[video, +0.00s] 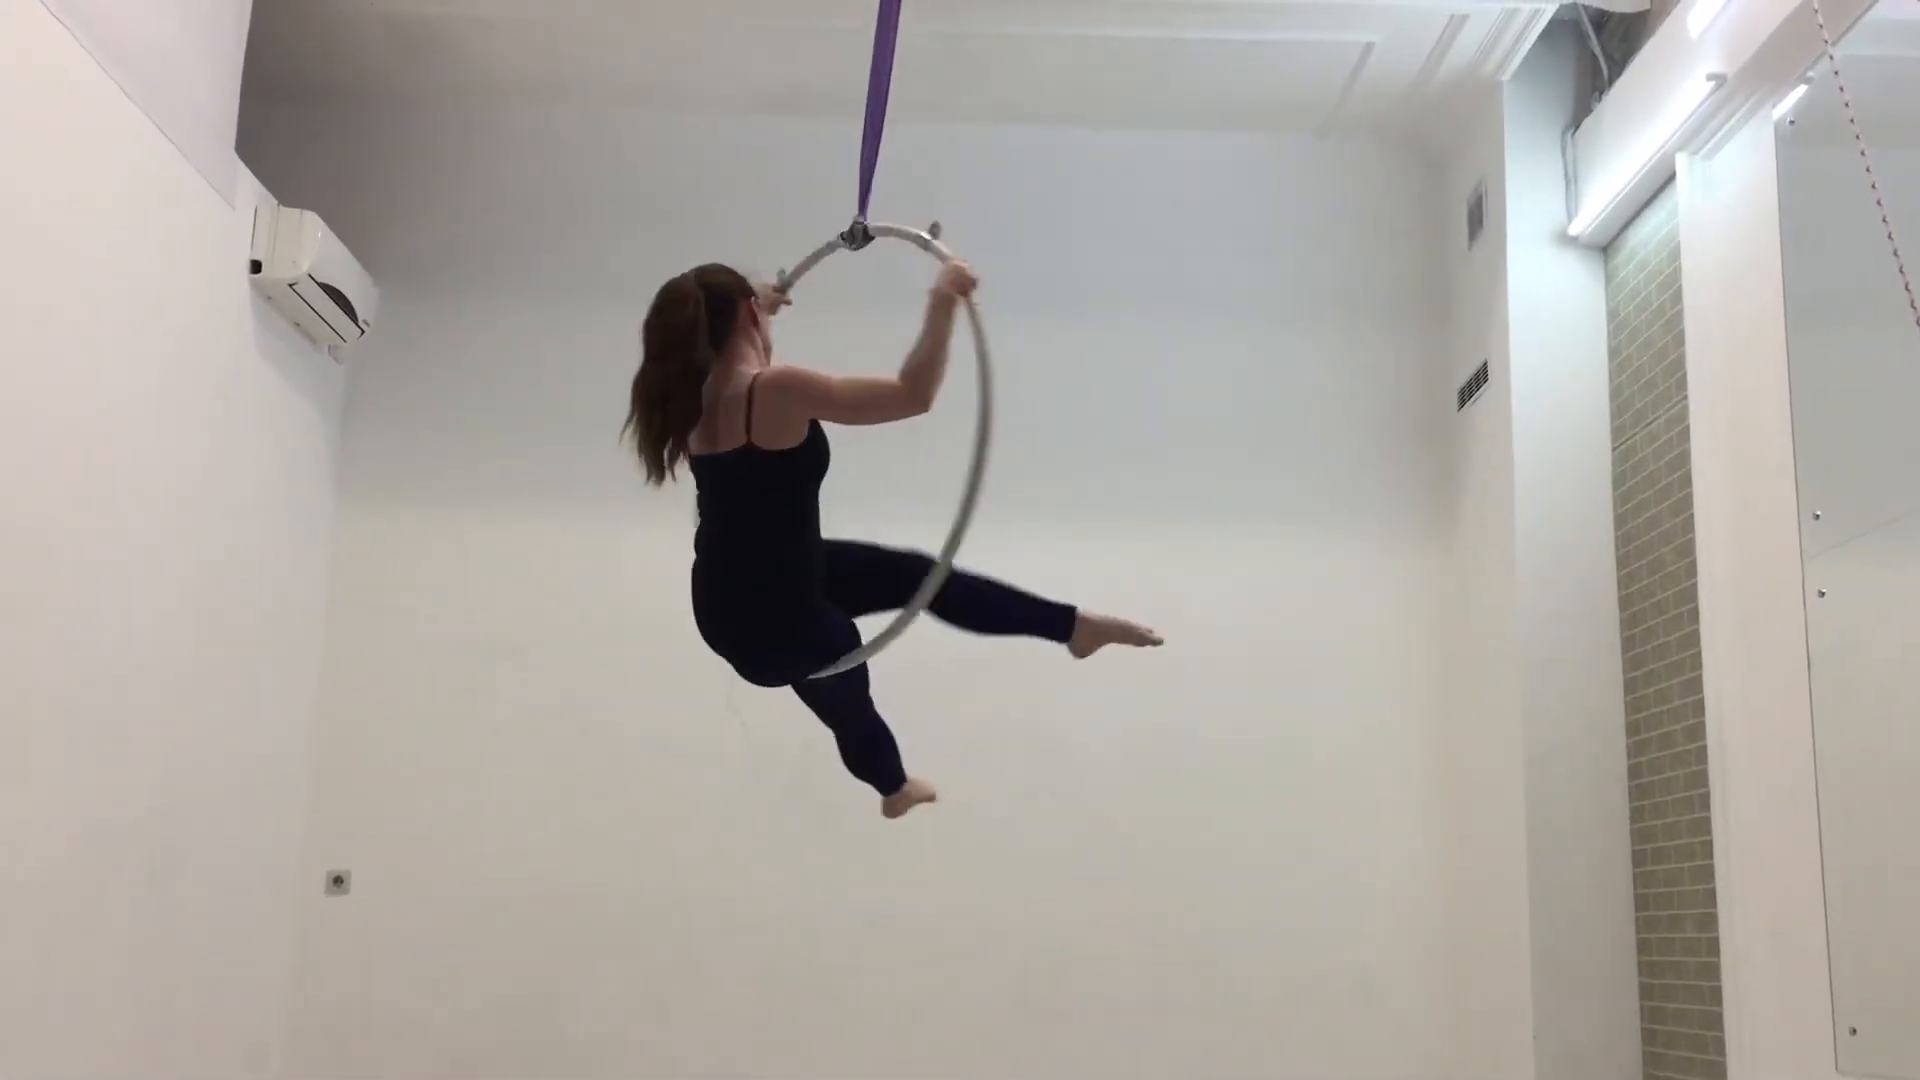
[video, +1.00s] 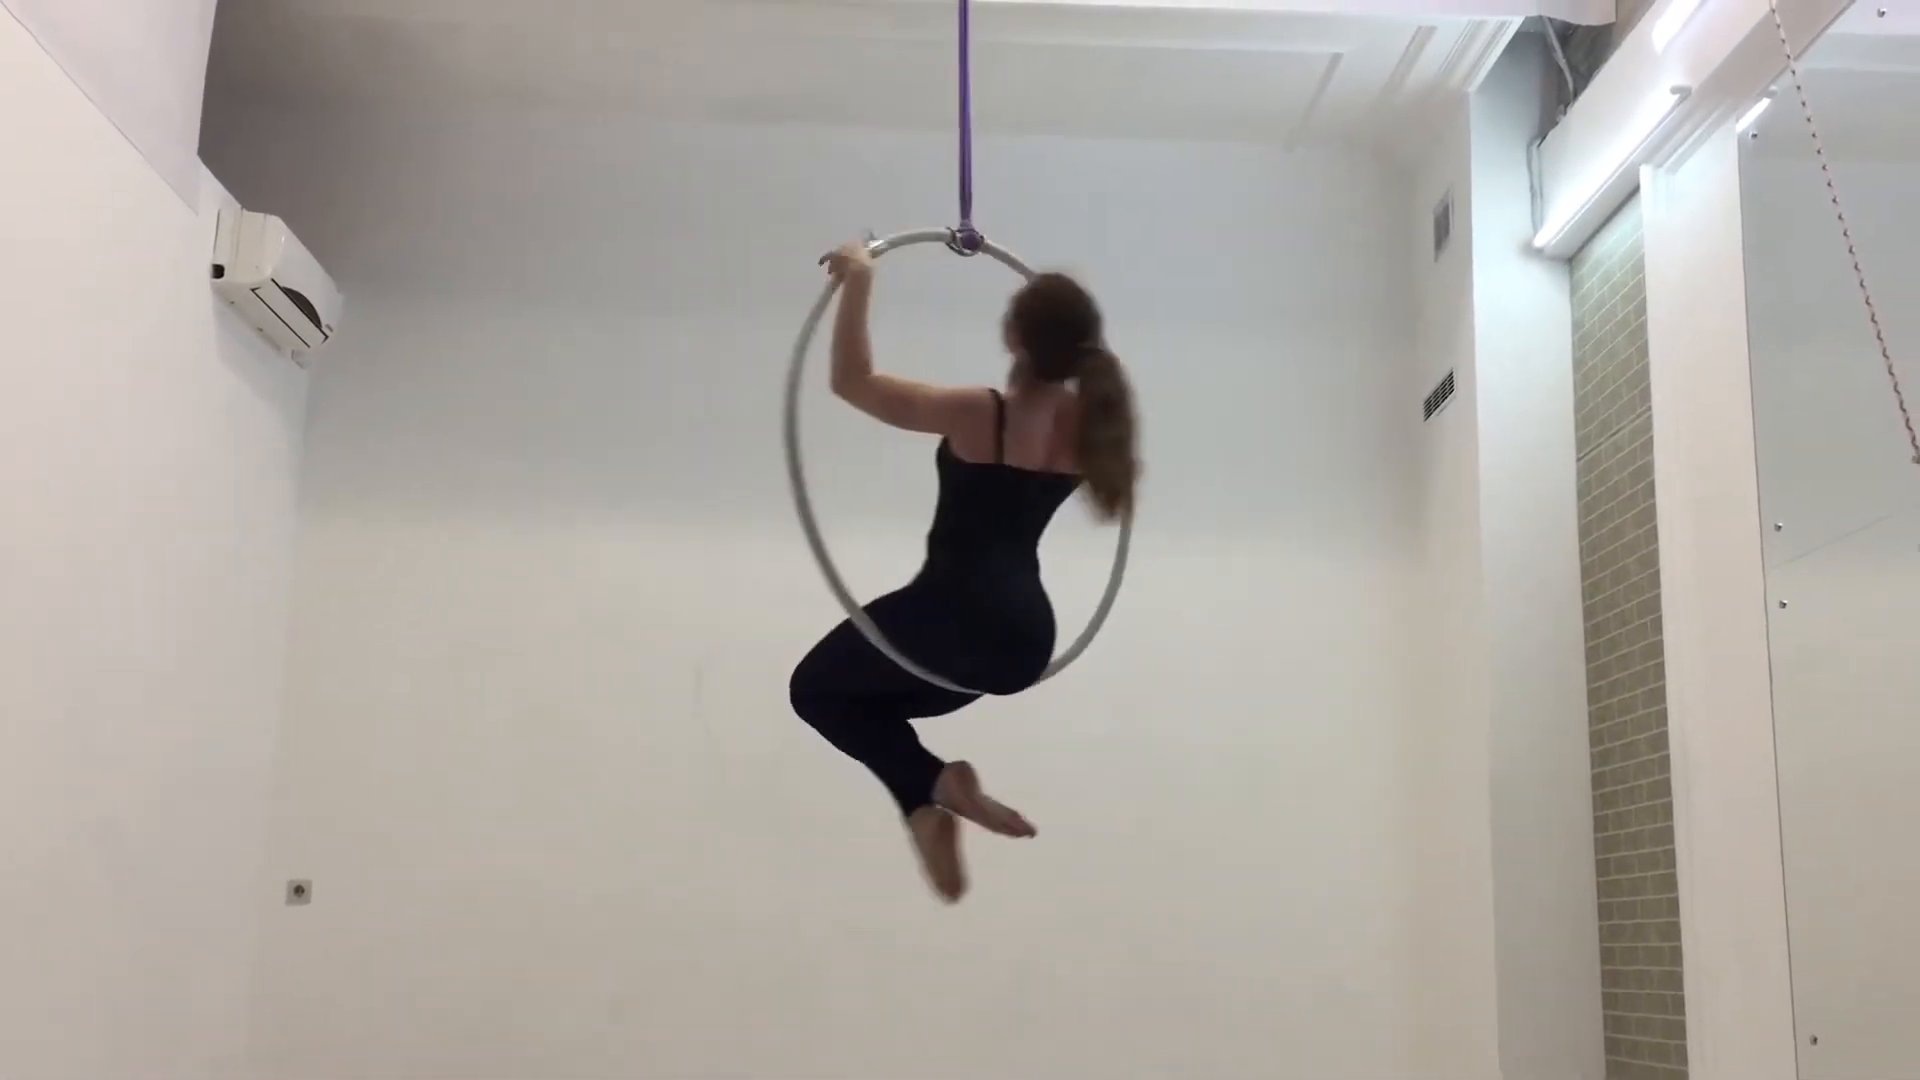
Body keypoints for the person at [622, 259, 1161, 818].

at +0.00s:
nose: (764, 313)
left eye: (756, 302)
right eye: (757, 305)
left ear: (694, 338)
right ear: (748, 320)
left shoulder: (692, 402)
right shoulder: (780, 389)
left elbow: (733, 400)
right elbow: (911, 396)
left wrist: (754, 324)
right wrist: (944, 302)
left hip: (726, 600)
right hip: (782, 609)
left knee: (918, 575)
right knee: (846, 693)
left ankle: (1072, 626)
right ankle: (893, 787)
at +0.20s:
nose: (781, 303)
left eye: (772, 294)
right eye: (774, 297)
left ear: (714, 334)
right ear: (770, 310)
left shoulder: (712, 407)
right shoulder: (825, 386)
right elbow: (955, 391)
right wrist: (997, 300)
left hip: (731, 621)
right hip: (813, 627)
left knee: (870, 639)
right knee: (871, 687)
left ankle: (957, 659)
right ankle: (919, 766)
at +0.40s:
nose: (793, 304)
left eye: (782, 297)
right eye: (786, 298)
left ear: (739, 349)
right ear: (787, 314)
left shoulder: (748, 420)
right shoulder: (871, 383)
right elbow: (989, 388)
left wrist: (724, 314)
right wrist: (1028, 298)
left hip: (792, 626)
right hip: (876, 619)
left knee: (823, 681)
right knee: (894, 665)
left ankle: (856, 792)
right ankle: (907, 701)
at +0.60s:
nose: (867, 306)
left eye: (853, 302)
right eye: (858, 303)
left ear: (811, 351)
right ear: (863, 317)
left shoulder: (811, 421)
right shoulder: (949, 394)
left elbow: (726, 399)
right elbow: (1048, 407)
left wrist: (749, 308)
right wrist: (1074, 325)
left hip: (835, 634)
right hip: (928, 639)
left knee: (832, 690)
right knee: (881, 685)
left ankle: (869, 825)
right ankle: (834, 764)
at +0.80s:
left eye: (917, 338)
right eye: (970, 319)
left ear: (911, 351)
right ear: (977, 329)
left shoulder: (905, 416)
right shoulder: (1036, 410)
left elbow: (794, 391)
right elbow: (1102, 432)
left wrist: (805, 291)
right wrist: (1112, 349)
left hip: (881, 622)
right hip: (973, 640)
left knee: (823, 684)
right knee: (873, 708)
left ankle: (889, 797)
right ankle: (830, 858)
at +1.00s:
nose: (1008, 330)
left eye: (1012, 322)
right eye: (1017, 321)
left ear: (1016, 342)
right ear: (1083, 350)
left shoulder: (973, 412)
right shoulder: (1089, 427)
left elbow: (852, 382)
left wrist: (857, 280)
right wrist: (1063, 324)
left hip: (941, 616)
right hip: (1020, 633)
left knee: (816, 690)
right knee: (880, 706)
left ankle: (937, 780)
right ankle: (922, 814)